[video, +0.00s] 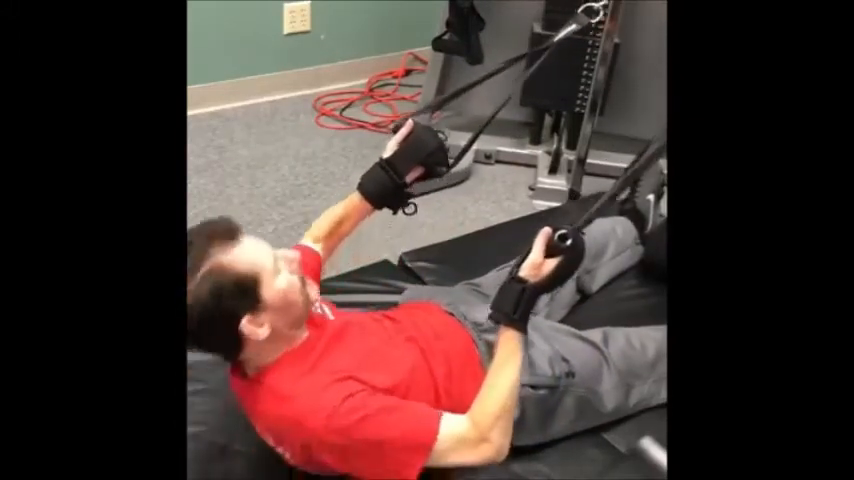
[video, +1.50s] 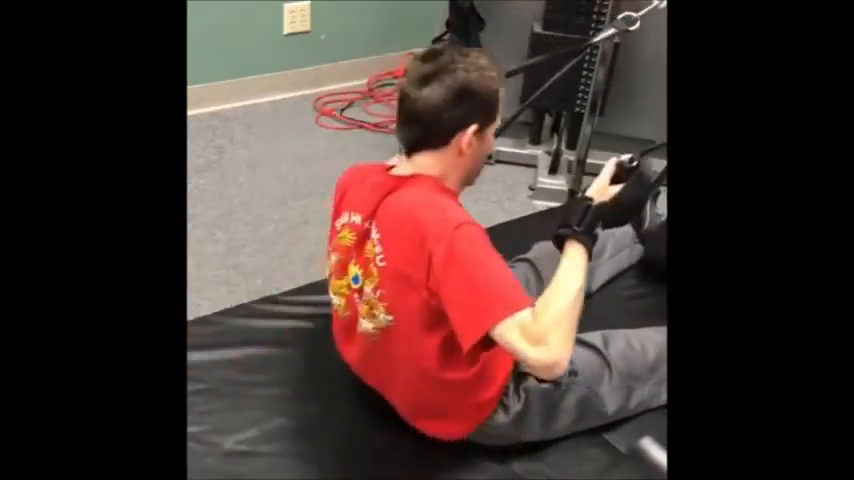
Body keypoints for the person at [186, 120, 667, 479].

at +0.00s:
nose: (292, 268)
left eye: (279, 264)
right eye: (278, 273)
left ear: (256, 320)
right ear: (256, 327)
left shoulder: (281, 304)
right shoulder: (322, 419)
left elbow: (319, 240)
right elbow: (485, 442)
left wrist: (379, 184)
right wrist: (517, 310)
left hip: (455, 307)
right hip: (506, 379)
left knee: (601, 235)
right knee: (657, 350)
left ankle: (638, 219)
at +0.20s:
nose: (319, 227)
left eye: (306, 220)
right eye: (305, 231)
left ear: (278, 286)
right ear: (283, 284)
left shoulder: (273, 302)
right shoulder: (331, 386)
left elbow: (324, 232)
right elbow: (489, 432)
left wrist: (383, 176)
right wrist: (525, 293)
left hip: (458, 307)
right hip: (506, 376)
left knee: (591, 238)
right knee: (656, 351)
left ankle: (638, 218)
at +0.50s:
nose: (369, 190)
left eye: (359, 181)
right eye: (358, 190)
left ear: (311, 231)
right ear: (323, 230)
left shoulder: (282, 259)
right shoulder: (352, 338)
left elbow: (331, 221)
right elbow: (495, 408)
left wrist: (391, 166)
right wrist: (528, 273)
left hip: (450, 305)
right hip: (496, 376)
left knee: (555, 258)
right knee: (658, 351)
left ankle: (636, 223)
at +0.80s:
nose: (413, 166)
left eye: (408, 151)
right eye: (404, 157)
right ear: (371, 187)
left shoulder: (302, 227)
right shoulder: (377, 291)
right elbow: (504, 383)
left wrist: (392, 143)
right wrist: (539, 247)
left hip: (451, 311)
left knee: (558, 261)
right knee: (654, 355)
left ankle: (635, 220)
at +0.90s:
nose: (426, 160)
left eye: (424, 145)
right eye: (419, 150)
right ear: (385, 174)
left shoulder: (312, 216)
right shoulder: (386, 276)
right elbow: (508, 375)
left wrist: (403, 136)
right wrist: (543, 241)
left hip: (443, 319)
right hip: (481, 399)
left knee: (561, 252)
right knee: (657, 354)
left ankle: (636, 220)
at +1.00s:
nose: (442, 152)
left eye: (439, 138)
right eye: (435, 142)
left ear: (346, 151)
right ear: (400, 164)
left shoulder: (321, 208)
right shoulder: (394, 260)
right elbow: (515, 362)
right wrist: (546, 237)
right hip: (479, 397)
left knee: (563, 257)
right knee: (657, 354)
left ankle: (635, 218)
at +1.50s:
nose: (493, 146)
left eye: (496, 132)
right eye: (494, 133)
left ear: (407, 122)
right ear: (467, 139)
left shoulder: (355, 182)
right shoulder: (448, 231)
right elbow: (547, 355)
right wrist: (580, 229)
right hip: (485, 402)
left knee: (577, 246)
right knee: (665, 350)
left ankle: (643, 227)